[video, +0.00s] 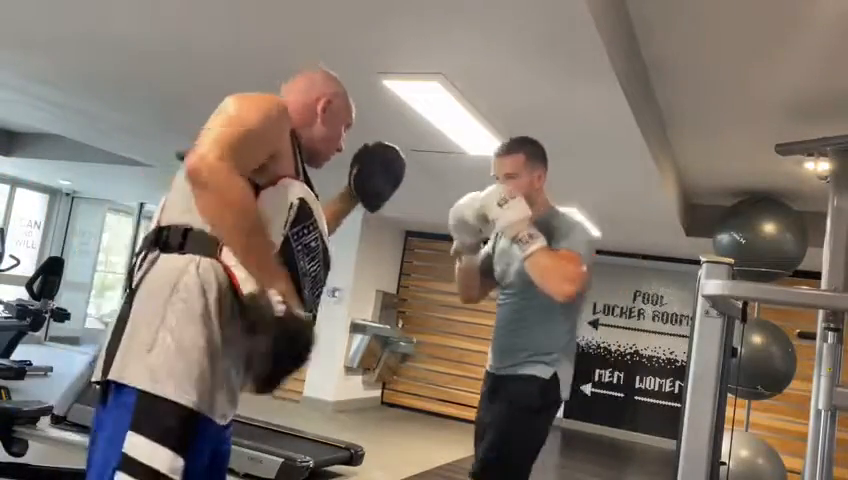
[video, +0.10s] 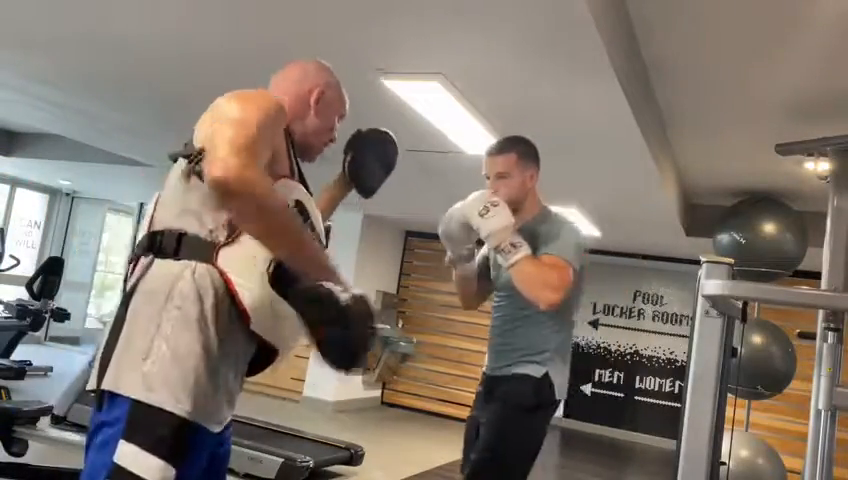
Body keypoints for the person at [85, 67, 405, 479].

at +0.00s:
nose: (343, 143)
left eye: (349, 132)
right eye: (345, 126)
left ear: (316, 108)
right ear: (323, 107)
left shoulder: (290, 170)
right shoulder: (265, 112)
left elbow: (298, 242)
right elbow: (209, 166)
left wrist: (353, 195)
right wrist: (277, 285)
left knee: (202, 462)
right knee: (147, 463)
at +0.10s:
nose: (336, 135)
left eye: (341, 124)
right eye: (338, 118)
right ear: (316, 98)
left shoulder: (281, 166)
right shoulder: (258, 106)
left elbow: (290, 236)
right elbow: (230, 174)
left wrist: (347, 181)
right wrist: (328, 282)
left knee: (203, 460)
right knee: (142, 464)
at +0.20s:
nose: (326, 123)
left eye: (330, 112)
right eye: (327, 107)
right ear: (305, 88)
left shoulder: (256, 141)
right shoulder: (238, 106)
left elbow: (277, 223)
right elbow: (263, 190)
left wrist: (336, 169)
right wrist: (364, 255)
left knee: (199, 464)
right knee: (137, 466)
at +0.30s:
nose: (317, 110)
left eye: (323, 98)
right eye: (320, 94)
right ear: (295, 76)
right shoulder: (229, 102)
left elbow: (255, 212)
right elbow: (298, 195)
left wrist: (324, 160)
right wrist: (395, 222)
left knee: (185, 466)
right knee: (132, 466)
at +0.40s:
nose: (310, 90)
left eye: (315, 75)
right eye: (312, 71)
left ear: (238, 46)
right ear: (287, 57)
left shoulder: (205, 94)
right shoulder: (223, 92)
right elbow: (317, 192)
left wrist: (316, 152)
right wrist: (391, 178)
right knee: (129, 465)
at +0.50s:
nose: (304, 86)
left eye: (312, 74)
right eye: (309, 70)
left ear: (235, 37)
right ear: (283, 51)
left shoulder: (192, 85)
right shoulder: (224, 86)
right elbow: (329, 192)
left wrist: (300, 121)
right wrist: (375, 142)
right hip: (152, 332)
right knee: (132, 462)